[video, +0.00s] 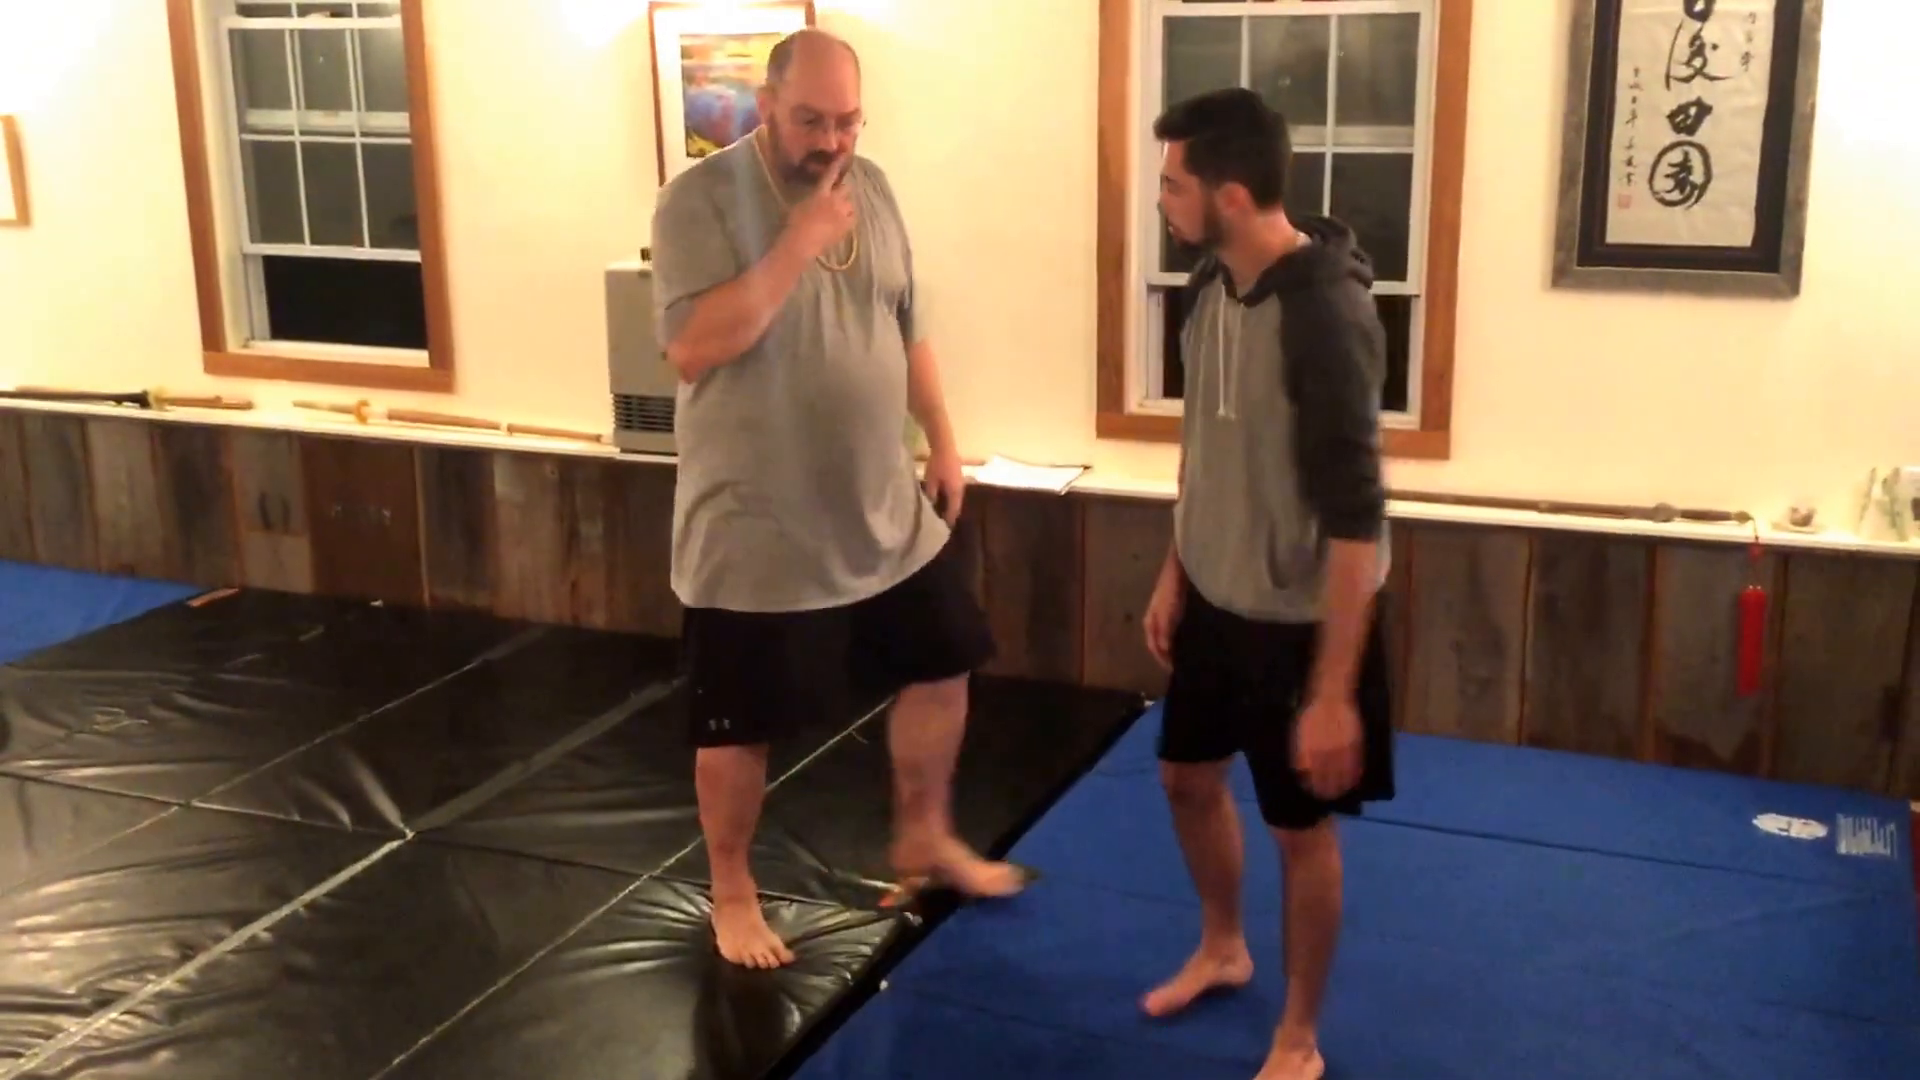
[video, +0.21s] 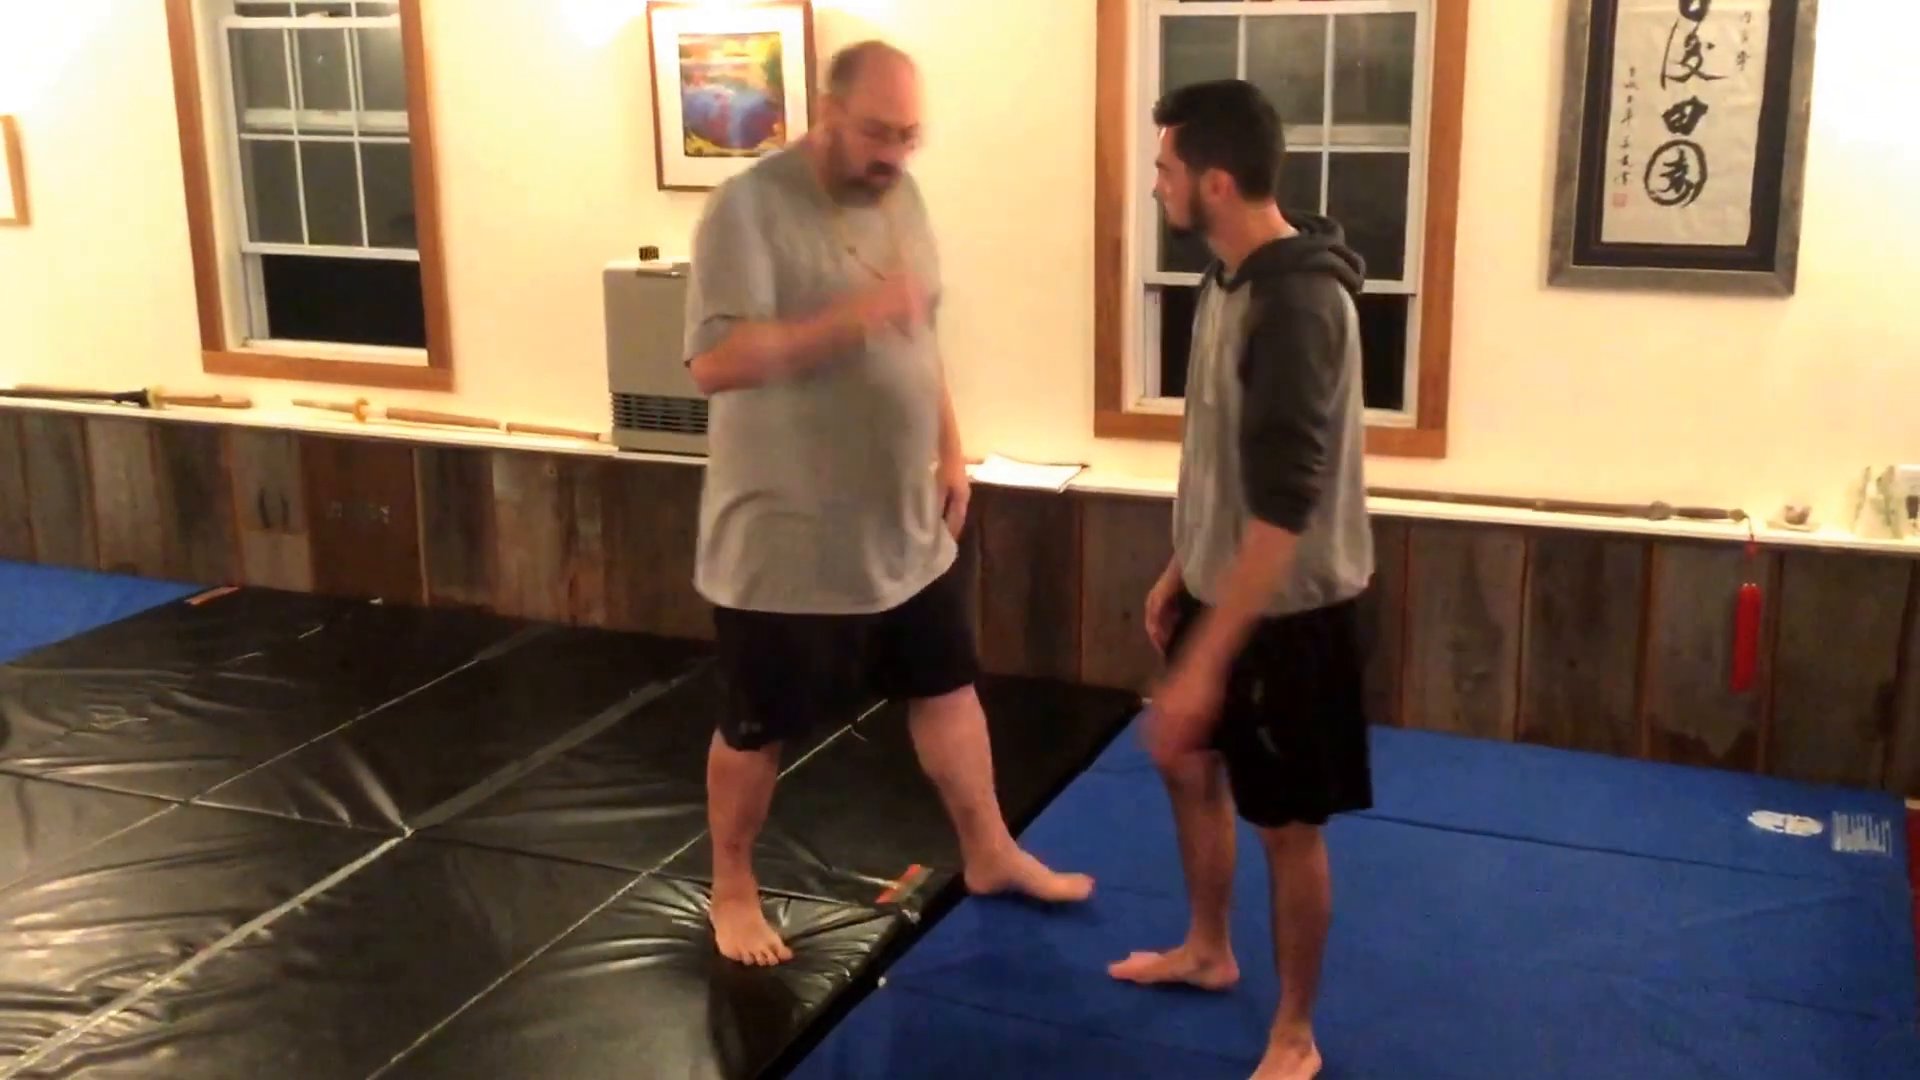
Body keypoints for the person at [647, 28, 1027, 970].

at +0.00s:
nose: (833, 140)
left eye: (846, 120)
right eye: (812, 119)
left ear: (860, 109)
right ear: (764, 103)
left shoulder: (871, 191)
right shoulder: (696, 201)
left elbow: (908, 331)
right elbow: (690, 349)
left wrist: (943, 444)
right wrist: (794, 247)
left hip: (878, 493)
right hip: (748, 508)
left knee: (941, 661)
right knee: (735, 719)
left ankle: (922, 838)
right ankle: (732, 890)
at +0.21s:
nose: (897, 154)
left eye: (909, 136)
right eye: (881, 132)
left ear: (917, 128)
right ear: (824, 112)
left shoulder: (901, 201)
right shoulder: (748, 206)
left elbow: (922, 340)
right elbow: (711, 362)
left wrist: (950, 449)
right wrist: (854, 316)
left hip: (901, 501)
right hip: (780, 515)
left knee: (945, 685)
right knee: (756, 720)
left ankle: (990, 856)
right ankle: (732, 892)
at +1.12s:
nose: (1114, 191)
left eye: (1125, 177)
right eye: (1108, 170)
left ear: (1125, 159)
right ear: (1063, 127)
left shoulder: (1101, 216)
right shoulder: (951, 183)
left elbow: (1096, 346)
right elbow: (864, 314)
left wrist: (1129, 445)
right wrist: (926, 444)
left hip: (1016, 496)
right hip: (909, 487)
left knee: (1000, 672)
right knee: (905, 673)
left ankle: (988, 850)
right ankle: (840, 871)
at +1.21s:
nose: (1114, 188)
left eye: (1127, 174)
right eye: (1107, 165)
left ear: (1134, 164)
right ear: (1061, 126)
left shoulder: (1100, 212)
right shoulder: (950, 184)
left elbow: (1087, 338)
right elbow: (863, 319)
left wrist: (1118, 441)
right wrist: (925, 448)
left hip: (1008, 495)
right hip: (901, 490)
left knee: (996, 669)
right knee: (878, 674)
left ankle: (987, 848)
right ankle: (786, 870)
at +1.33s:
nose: (1104, 194)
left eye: (1116, 179)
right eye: (1098, 172)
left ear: (1117, 162)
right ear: (1049, 128)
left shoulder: (1068, 210)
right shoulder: (941, 188)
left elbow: (1064, 341)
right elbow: (858, 327)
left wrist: (1103, 437)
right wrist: (907, 463)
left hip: (998, 509)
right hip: (884, 503)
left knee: (997, 670)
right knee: (834, 676)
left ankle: (986, 847)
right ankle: (739, 867)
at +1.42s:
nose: (1087, 192)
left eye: (1100, 176)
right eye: (1080, 170)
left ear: (1105, 163)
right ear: (1031, 129)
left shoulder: (1050, 207)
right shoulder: (927, 192)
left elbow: (1045, 342)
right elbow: (847, 336)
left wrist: (1091, 437)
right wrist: (892, 476)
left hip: (986, 512)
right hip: (874, 507)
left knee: (995, 673)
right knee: (812, 686)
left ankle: (985, 846)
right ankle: (723, 878)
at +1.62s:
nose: (1001, 192)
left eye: (1012, 176)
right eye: (992, 170)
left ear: (1014, 158)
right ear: (938, 133)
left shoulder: (973, 218)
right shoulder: (842, 218)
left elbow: (993, 353)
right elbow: (781, 378)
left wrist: (1036, 447)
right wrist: (836, 514)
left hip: (944, 530)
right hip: (827, 537)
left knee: (981, 680)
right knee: (779, 718)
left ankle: (983, 841)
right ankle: (705, 907)